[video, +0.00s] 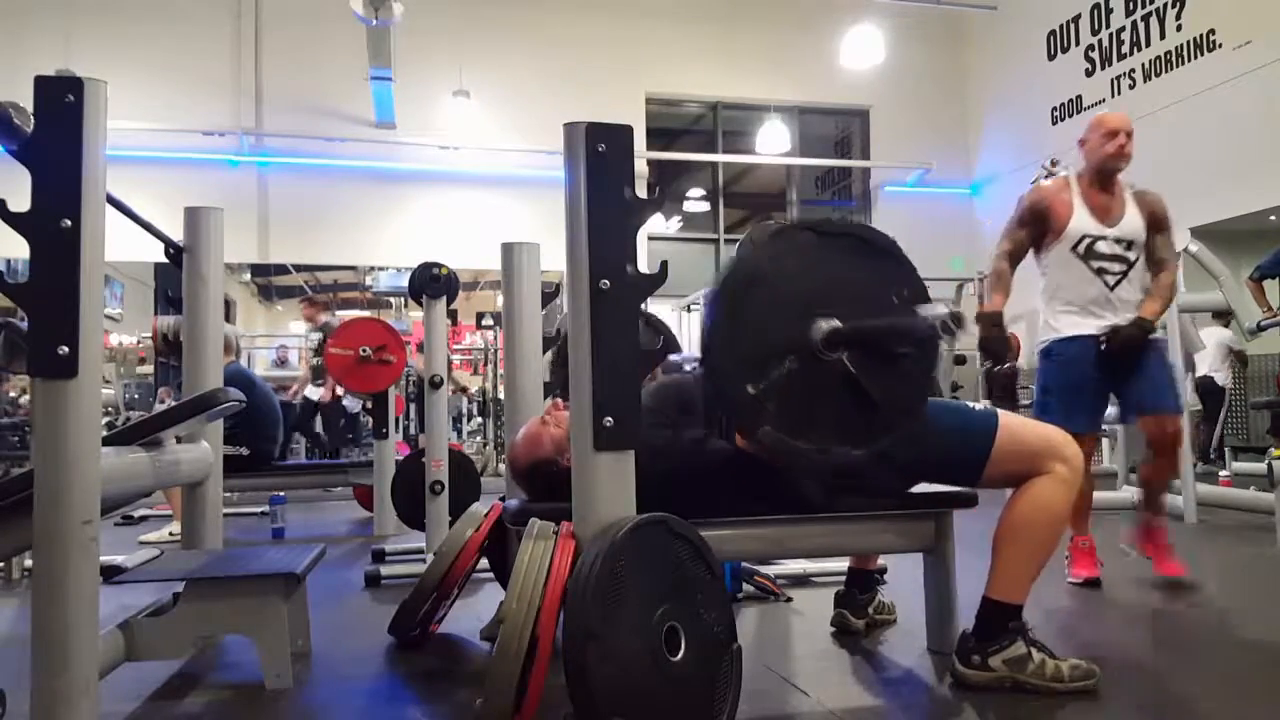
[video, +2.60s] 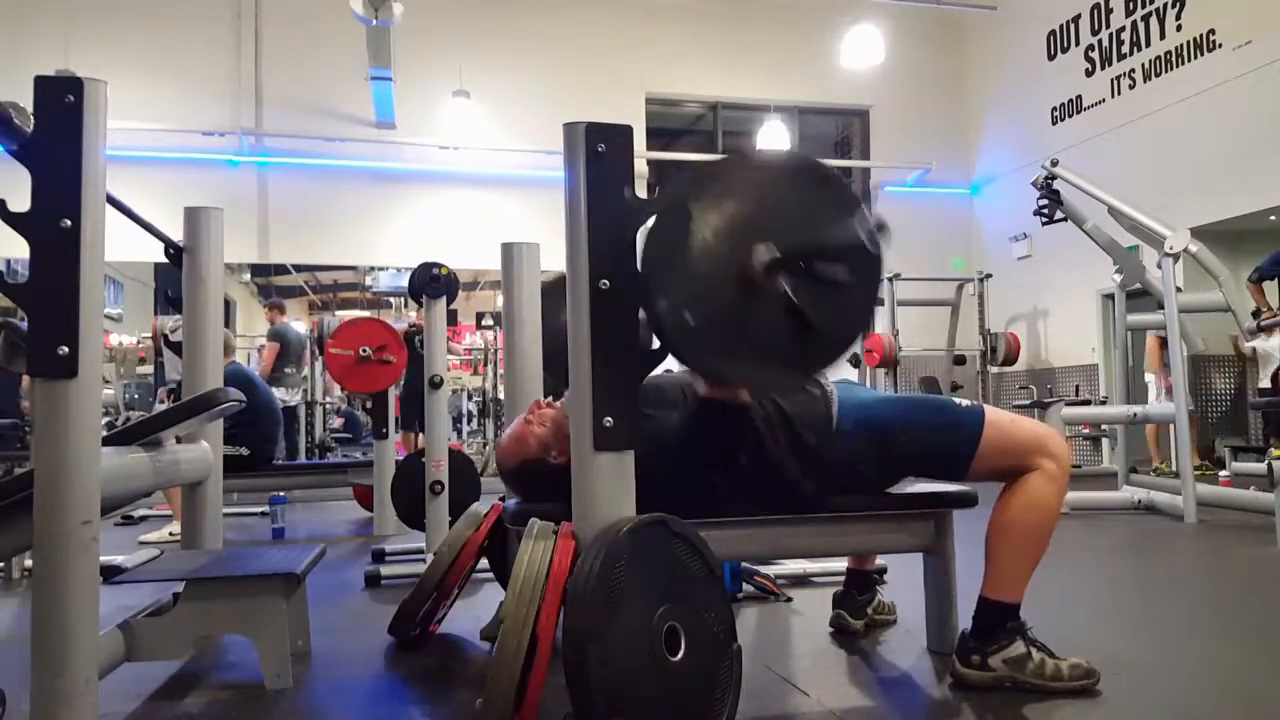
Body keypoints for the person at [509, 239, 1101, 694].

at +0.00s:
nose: (552, 406)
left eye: (542, 413)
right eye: (546, 423)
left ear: (563, 422)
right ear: (564, 453)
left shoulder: (626, 419)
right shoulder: (627, 451)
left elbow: (721, 403)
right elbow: (738, 435)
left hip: (808, 428)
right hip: (843, 438)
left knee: (892, 444)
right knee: (1060, 457)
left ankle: (858, 597)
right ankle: (993, 639)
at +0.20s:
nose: (546, 412)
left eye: (538, 417)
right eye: (540, 428)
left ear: (557, 422)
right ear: (557, 461)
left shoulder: (608, 425)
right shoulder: (607, 451)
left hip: (806, 426)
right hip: (835, 434)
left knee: (921, 435)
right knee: (1053, 456)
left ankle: (858, 596)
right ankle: (992, 640)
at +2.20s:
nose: (544, 409)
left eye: (533, 416)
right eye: (537, 428)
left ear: (553, 437)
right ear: (556, 458)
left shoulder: (612, 427)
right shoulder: (627, 444)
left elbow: (667, 388)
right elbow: (761, 468)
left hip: (797, 441)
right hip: (827, 452)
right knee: (1053, 455)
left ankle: (856, 596)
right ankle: (993, 640)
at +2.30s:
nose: (545, 408)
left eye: (534, 415)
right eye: (538, 426)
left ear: (554, 437)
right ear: (556, 458)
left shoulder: (615, 426)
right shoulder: (629, 445)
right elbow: (762, 464)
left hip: (805, 432)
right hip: (837, 437)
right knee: (1053, 455)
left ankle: (856, 595)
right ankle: (993, 639)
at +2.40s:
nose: (542, 407)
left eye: (531, 416)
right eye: (536, 424)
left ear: (550, 436)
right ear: (553, 453)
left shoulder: (612, 420)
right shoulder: (621, 450)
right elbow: (746, 451)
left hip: (799, 424)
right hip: (832, 433)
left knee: (890, 446)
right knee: (1052, 455)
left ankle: (855, 597)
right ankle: (993, 640)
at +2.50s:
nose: (531, 423)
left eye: (523, 425)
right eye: (526, 433)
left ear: (538, 438)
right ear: (545, 458)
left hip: (758, 436)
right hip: (813, 437)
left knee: (890, 423)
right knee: (1051, 454)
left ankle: (858, 594)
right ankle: (992, 644)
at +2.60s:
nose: (534, 408)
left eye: (522, 414)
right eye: (529, 425)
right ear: (549, 459)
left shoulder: (606, 427)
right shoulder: (601, 453)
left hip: (773, 435)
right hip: (823, 435)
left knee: (887, 440)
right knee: (1046, 452)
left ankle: (859, 590)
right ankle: (993, 640)